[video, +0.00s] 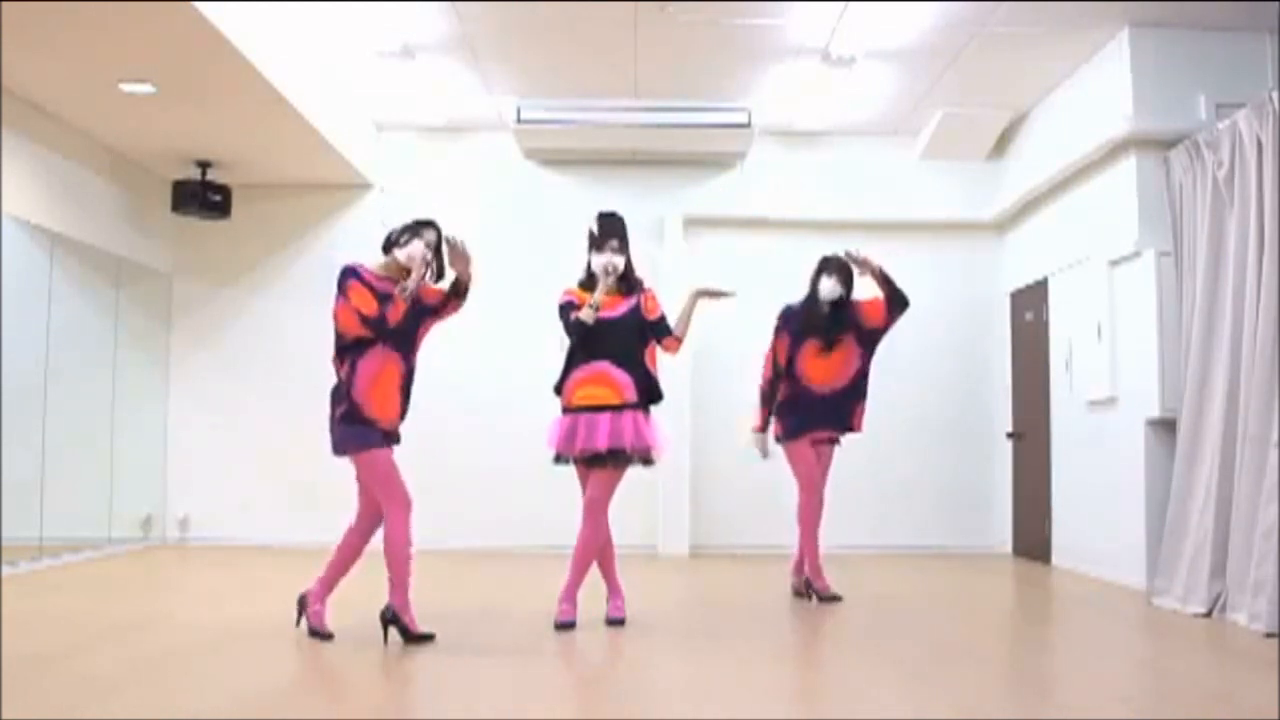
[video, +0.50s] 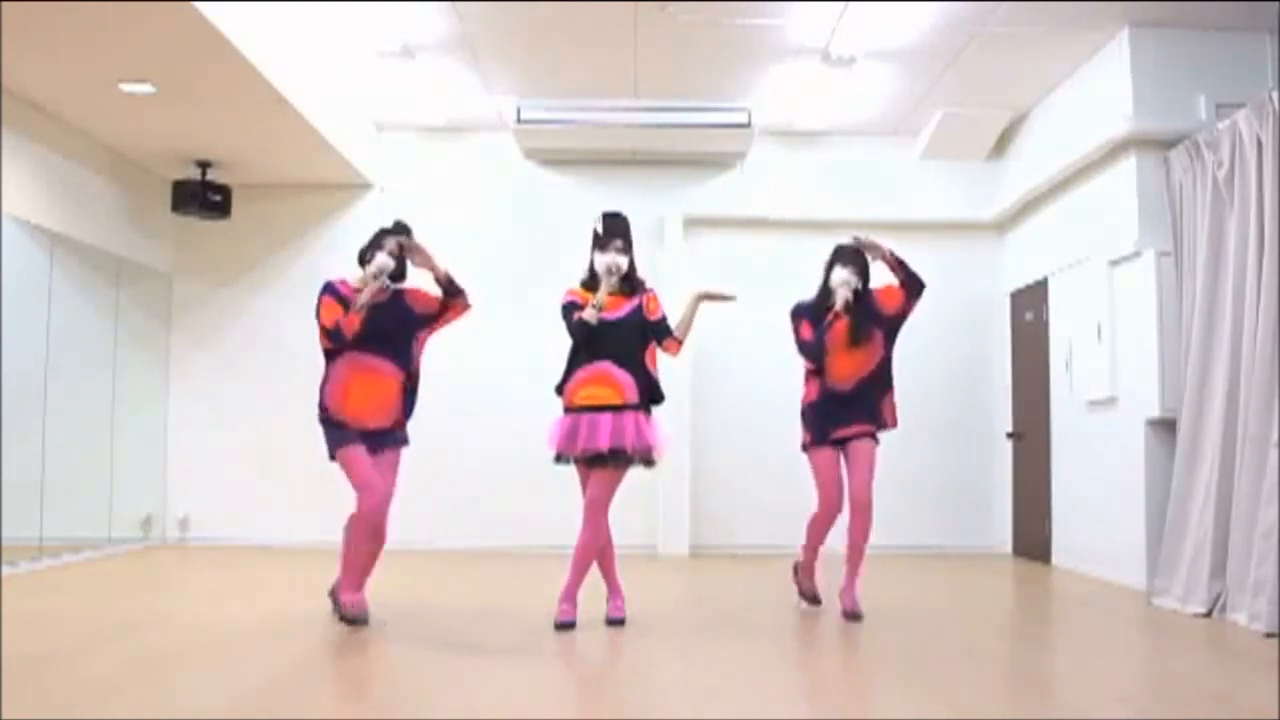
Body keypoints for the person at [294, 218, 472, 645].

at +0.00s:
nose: (425, 255)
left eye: (431, 253)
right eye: (422, 244)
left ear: (427, 264)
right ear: (398, 241)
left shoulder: (415, 297)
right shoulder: (355, 278)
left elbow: (449, 303)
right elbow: (375, 327)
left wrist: (462, 278)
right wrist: (409, 288)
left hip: (385, 417)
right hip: (354, 413)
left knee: (369, 515)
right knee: (397, 504)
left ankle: (316, 596)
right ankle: (400, 605)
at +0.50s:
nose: (389, 263)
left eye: (398, 257)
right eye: (383, 253)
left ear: (403, 267)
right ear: (366, 256)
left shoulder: (412, 307)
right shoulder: (339, 293)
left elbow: (459, 304)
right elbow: (334, 339)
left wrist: (430, 264)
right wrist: (364, 299)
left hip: (390, 423)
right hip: (343, 418)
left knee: (378, 511)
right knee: (373, 494)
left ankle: (355, 590)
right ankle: (347, 587)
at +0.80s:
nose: (373, 251)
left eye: (382, 246)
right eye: (367, 243)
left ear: (392, 252)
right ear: (356, 245)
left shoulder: (402, 299)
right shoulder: (338, 292)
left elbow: (433, 339)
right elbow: (317, 329)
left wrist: (414, 301)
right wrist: (341, 285)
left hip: (386, 410)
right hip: (338, 406)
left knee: (373, 505)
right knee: (335, 503)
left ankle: (375, 589)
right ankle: (328, 588)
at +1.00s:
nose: (374, 244)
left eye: (382, 238)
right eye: (368, 237)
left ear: (391, 247)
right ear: (356, 244)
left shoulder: (405, 293)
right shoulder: (333, 290)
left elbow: (444, 328)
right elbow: (289, 317)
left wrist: (419, 356)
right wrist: (307, 333)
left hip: (388, 408)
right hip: (340, 408)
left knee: (379, 498)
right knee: (344, 500)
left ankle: (376, 586)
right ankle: (349, 587)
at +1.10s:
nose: (372, 242)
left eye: (380, 237)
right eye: (367, 236)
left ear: (391, 246)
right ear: (355, 243)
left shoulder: (404, 293)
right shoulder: (332, 291)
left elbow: (432, 338)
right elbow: (303, 332)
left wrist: (431, 385)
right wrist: (292, 372)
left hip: (388, 407)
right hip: (340, 406)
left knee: (380, 493)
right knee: (344, 495)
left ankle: (375, 587)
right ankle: (347, 586)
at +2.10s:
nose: (365, 245)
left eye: (373, 239)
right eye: (360, 238)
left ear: (385, 247)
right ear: (350, 245)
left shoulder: (398, 296)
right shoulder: (332, 296)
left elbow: (406, 356)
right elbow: (317, 351)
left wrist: (407, 409)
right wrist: (301, 395)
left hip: (386, 409)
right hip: (339, 409)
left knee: (380, 493)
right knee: (345, 496)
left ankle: (374, 587)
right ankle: (348, 588)